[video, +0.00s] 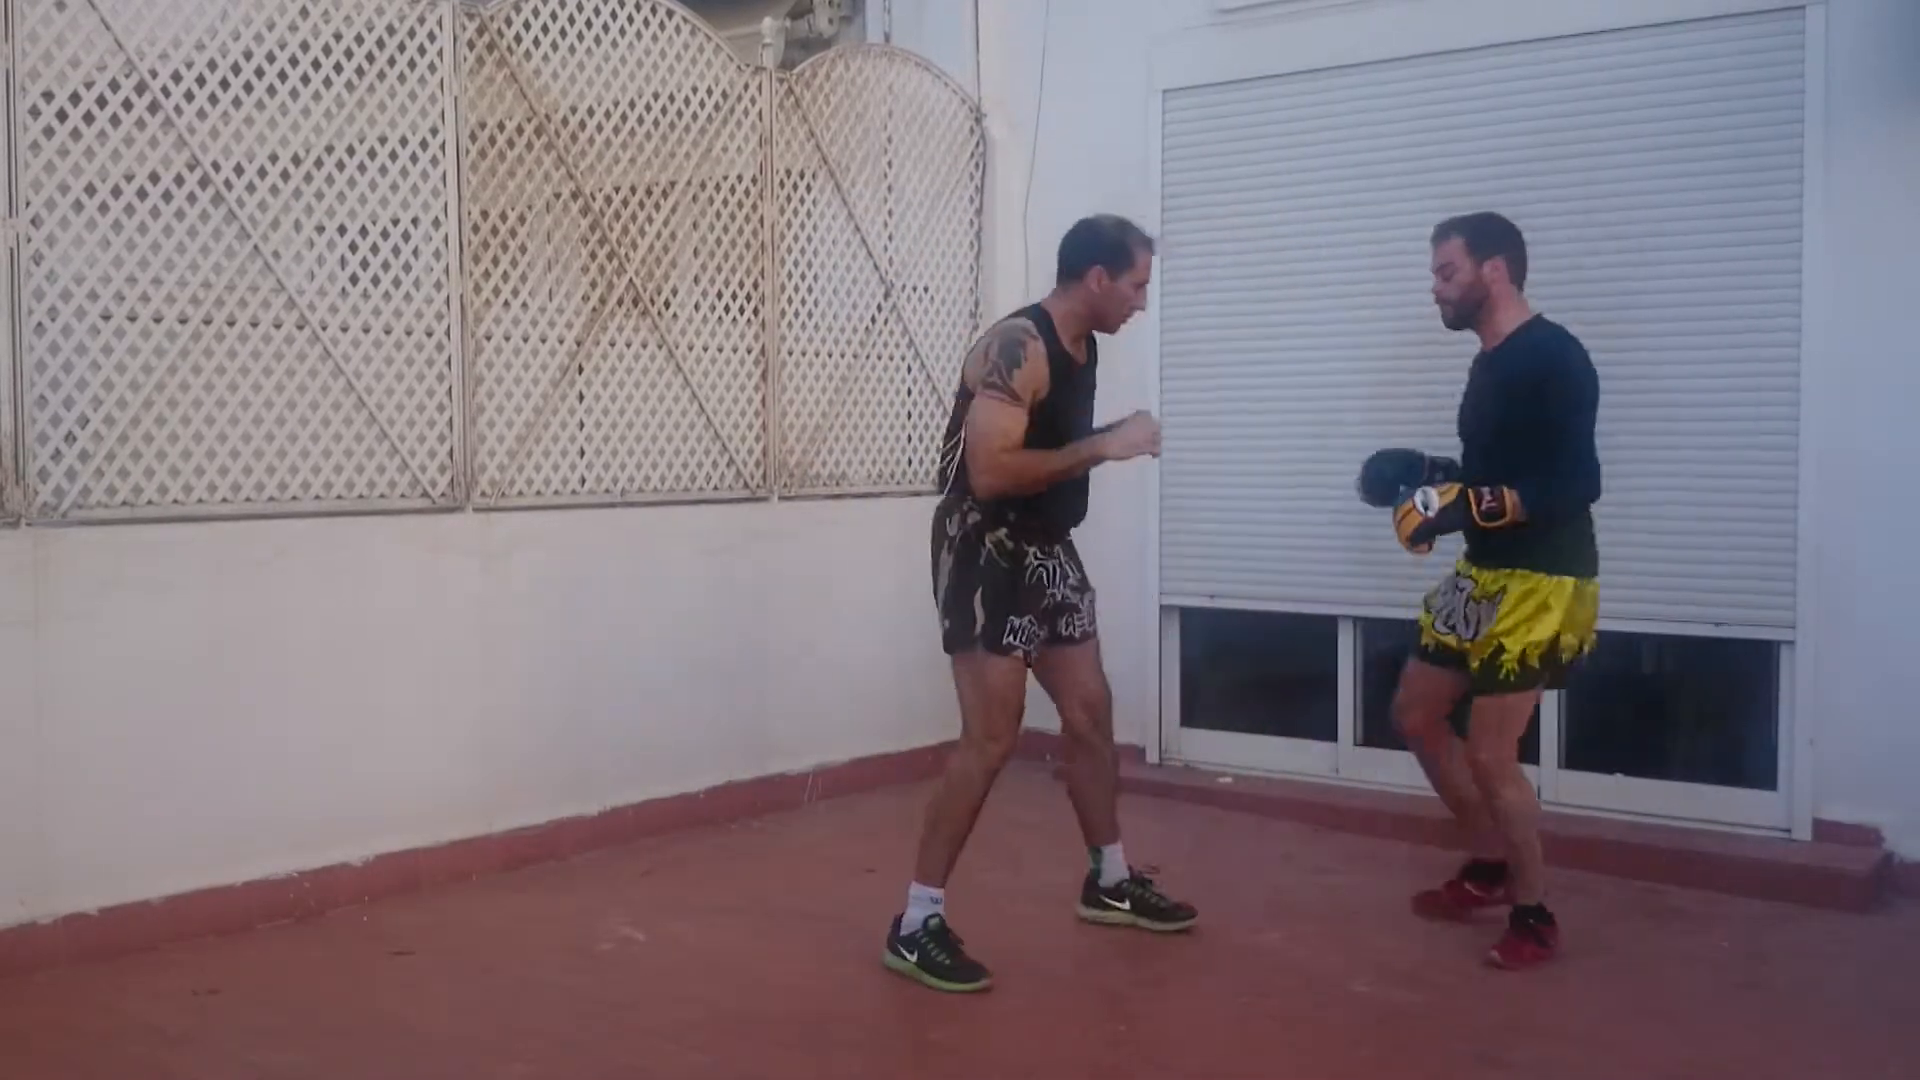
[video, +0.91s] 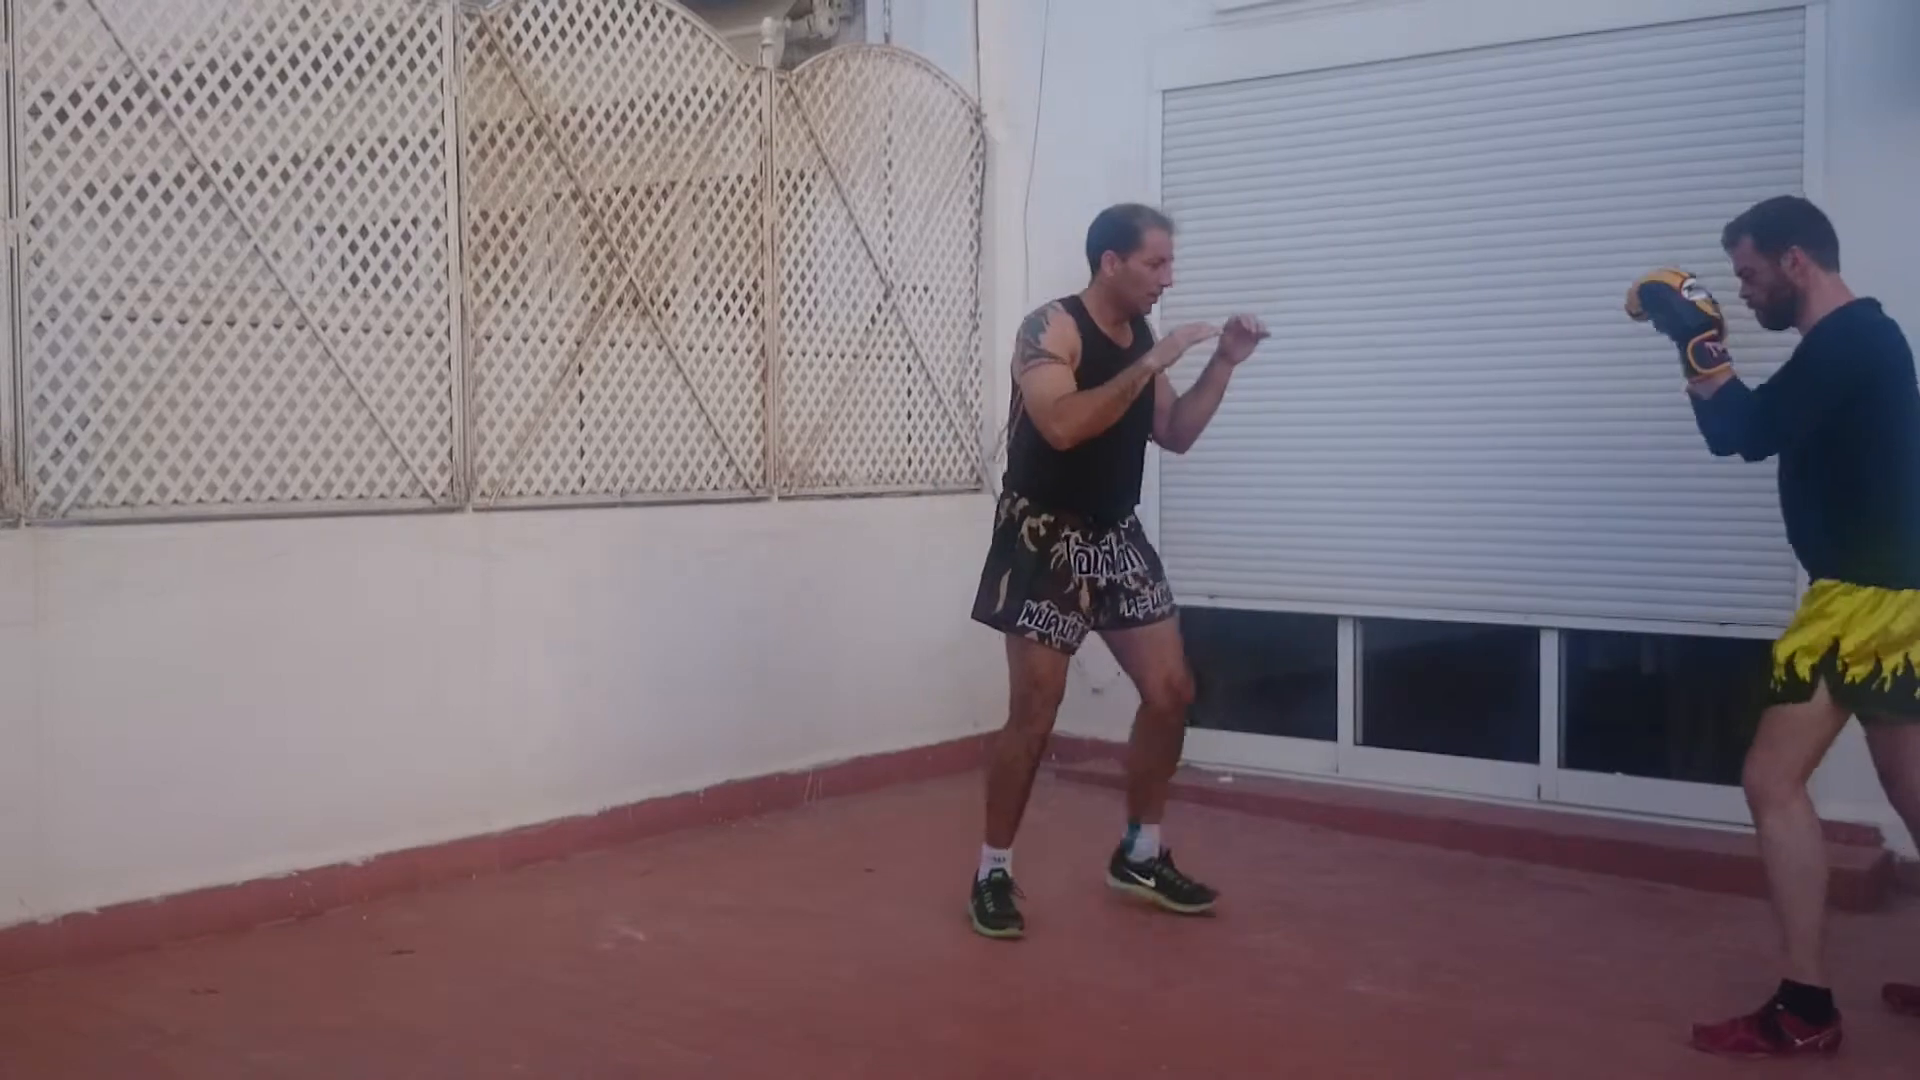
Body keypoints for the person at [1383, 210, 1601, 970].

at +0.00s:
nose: (1436, 287)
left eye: (1447, 271)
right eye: (1434, 274)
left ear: (1497, 271)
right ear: (1485, 276)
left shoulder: (1556, 357)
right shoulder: (1489, 363)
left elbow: (1579, 484)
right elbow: (1497, 472)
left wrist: (1476, 506)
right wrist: (1434, 476)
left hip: (1542, 578)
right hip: (1480, 570)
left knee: (1491, 754)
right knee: (1417, 717)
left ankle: (1534, 916)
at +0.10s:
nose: (1493, 291)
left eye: (1500, 274)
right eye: (1490, 277)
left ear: (1550, 264)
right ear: (1549, 269)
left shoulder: (1593, 350)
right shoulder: (1584, 345)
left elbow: (1578, 476)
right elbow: (1561, 461)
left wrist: (1472, 455)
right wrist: (1478, 438)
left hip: (1575, 573)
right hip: (1586, 569)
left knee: (1525, 743)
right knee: (1542, 738)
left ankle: (1537, 915)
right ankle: (1657, 875)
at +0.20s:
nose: (1548, 298)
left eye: (1555, 280)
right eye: (1543, 283)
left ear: (1604, 264)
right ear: (1600, 272)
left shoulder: (1666, 334)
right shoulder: (1610, 347)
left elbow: (1640, 433)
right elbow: (1537, 440)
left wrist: (1561, 404)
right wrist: (1492, 387)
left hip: (1643, 567)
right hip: (1644, 564)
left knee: (1554, 735)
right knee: (1651, 748)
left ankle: (1571, 916)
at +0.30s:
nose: (1603, 312)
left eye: (1610, 295)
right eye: (1599, 299)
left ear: (1658, 281)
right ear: (1661, 287)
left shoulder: (1704, 357)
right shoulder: (1675, 363)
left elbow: (1660, 438)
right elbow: (1572, 429)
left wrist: (1601, 378)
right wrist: (1542, 353)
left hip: (1710, 590)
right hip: (1744, 591)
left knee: (1568, 723)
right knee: (1739, 776)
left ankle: (1621, 913)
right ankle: (1843, 947)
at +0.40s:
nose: (1645, 308)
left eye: (1653, 291)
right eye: (1643, 295)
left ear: (1705, 283)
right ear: (1707, 288)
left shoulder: (1742, 362)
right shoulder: (1756, 355)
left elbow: (1634, 444)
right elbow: (1680, 452)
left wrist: (1605, 354)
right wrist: (1642, 391)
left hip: (1758, 598)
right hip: (1792, 596)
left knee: (1621, 734)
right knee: (1754, 782)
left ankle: (1658, 947)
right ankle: (1844, 952)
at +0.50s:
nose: (1674, 279)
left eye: (1680, 261)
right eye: (1671, 264)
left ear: (1728, 249)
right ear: (1740, 250)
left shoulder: (1760, 332)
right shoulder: (1799, 324)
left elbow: (1714, 446)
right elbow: (1737, 437)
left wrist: (1656, 380)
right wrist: (1661, 370)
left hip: (1781, 572)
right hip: (1834, 570)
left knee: (1690, 740)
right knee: (1810, 762)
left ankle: (1726, 960)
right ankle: (1859, 944)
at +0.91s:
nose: (1743, 292)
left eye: (1748, 276)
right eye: (1739, 279)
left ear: (1795, 261)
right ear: (1806, 262)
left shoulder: (1837, 344)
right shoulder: (1867, 334)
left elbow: (1734, 432)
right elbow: (1753, 431)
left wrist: (1694, 331)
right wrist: (1705, 350)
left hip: (1860, 596)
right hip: (1892, 594)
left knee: (1773, 779)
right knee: (1910, 796)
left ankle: (1805, 1002)